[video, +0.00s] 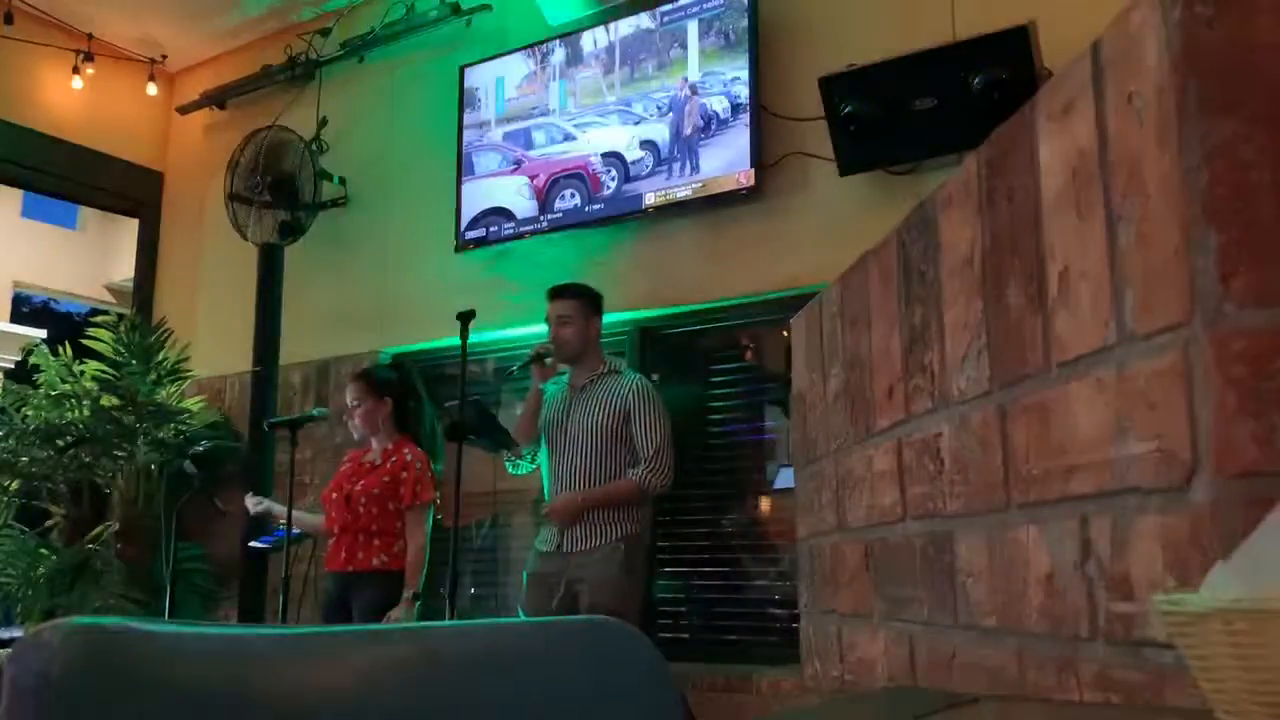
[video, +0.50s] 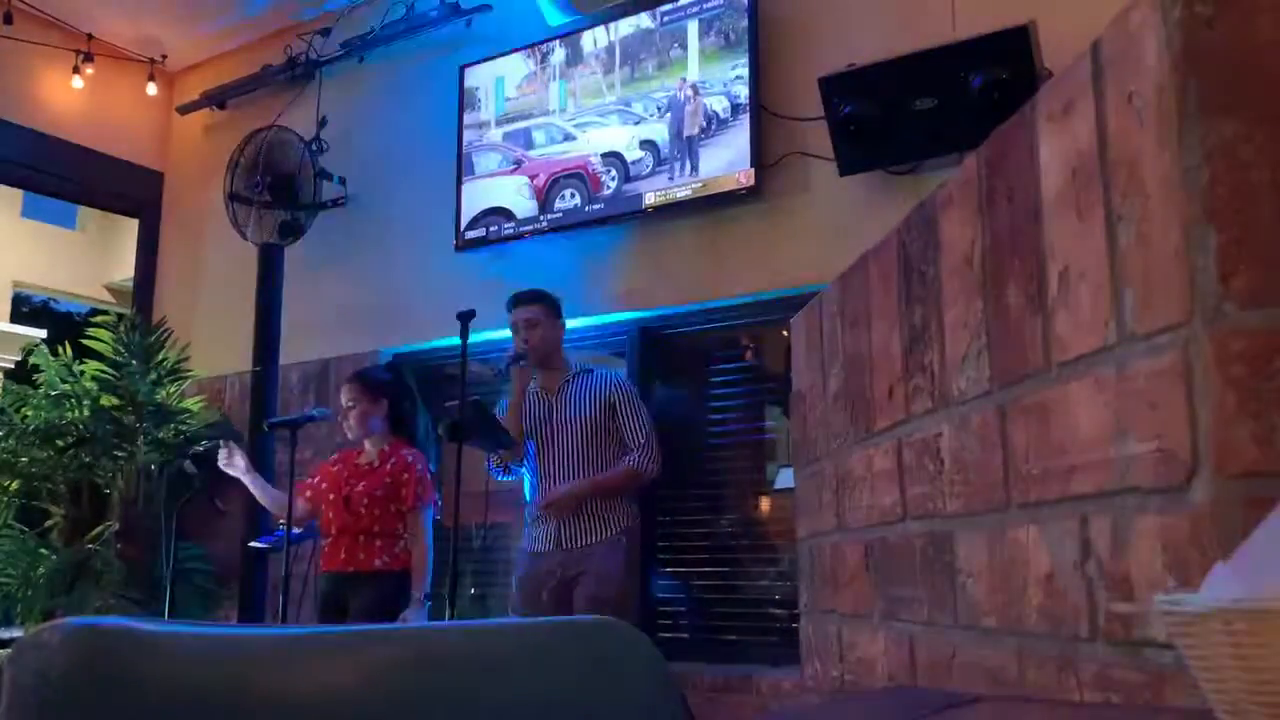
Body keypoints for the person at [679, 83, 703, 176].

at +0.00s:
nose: (687, 91)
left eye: (688, 89)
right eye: (687, 89)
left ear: (691, 90)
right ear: (693, 89)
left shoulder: (695, 100)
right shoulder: (690, 100)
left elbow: (695, 117)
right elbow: (689, 117)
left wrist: (690, 129)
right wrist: (685, 129)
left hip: (693, 130)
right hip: (687, 131)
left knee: (694, 150)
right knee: (690, 150)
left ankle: (696, 168)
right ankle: (692, 168)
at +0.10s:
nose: (687, 91)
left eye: (688, 89)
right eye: (687, 89)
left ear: (691, 90)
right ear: (693, 89)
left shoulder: (695, 100)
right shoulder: (690, 100)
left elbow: (695, 116)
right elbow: (689, 116)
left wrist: (692, 129)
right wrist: (685, 129)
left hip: (692, 131)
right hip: (687, 131)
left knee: (693, 150)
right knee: (690, 150)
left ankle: (695, 169)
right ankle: (692, 168)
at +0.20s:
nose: (687, 91)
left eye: (689, 89)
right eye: (687, 89)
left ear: (692, 90)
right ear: (691, 90)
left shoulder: (696, 101)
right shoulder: (690, 101)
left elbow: (696, 117)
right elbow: (688, 117)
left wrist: (692, 129)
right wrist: (685, 129)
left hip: (693, 130)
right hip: (687, 130)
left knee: (694, 150)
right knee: (690, 150)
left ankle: (695, 169)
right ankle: (692, 169)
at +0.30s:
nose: (688, 92)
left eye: (689, 90)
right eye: (687, 90)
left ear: (693, 90)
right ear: (688, 90)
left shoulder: (697, 101)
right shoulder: (688, 102)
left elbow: (697, 117)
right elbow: (687, 118)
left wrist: (695, 129)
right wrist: (684, 130)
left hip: (693, 131)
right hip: (686, 131)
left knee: (693, 150)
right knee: (690, 151)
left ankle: (695, 170)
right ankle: (692, 170)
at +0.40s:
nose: (688, 91)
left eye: (689, 89)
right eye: (688, 89)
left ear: (693, 90)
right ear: (689, 90)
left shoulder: (697, 101)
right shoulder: (689, 101)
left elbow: (698, 117)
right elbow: (687, 117)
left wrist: (695, 129)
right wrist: (685, 130)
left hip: (693, 131)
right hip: (687, 131)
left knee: (694, 151)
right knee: (690, 151)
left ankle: (695, 170)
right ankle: (693, 169)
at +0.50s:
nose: (688, 92)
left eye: (690, 90)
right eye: (688, 90)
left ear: (694, 91)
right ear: (687, 91)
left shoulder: (698, 101)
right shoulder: (688, 102)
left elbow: (700, 116)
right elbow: (686, 118)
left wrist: (697, 127)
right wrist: (684, 130)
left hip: (694, 131)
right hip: (687, 131)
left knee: (694, 151)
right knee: (690, 152)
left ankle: (696, 169)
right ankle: (692, 169)